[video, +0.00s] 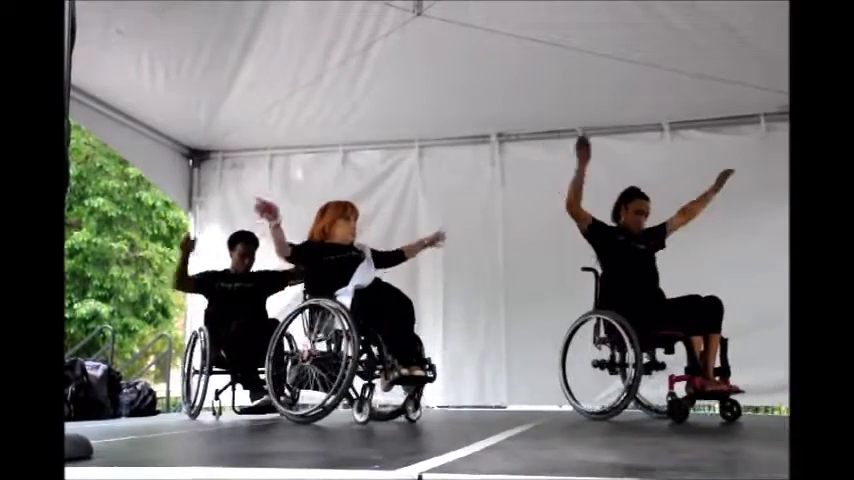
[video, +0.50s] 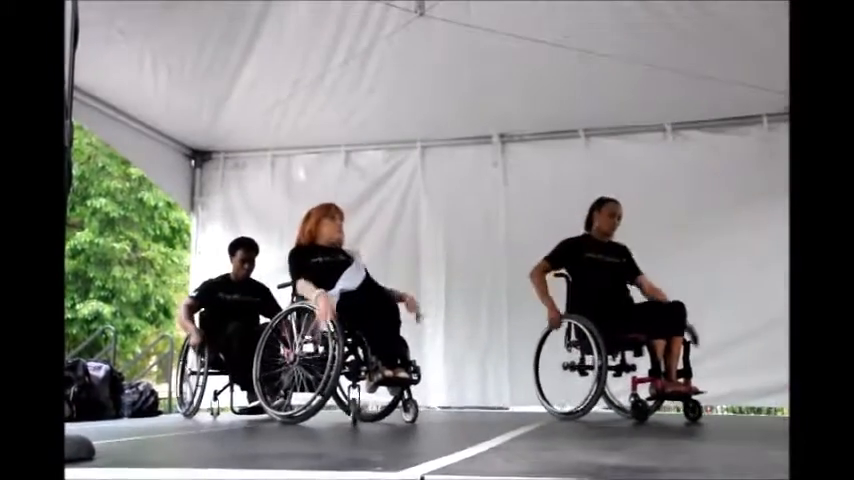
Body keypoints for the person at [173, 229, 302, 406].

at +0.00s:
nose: (248, 261)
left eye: (252, 256)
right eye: (243, 255)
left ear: (255, 255)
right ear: (231, 253)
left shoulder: (262, 280)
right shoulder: (214, 280)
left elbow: (299, 274)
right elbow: (181, 283)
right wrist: (185, 254)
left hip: (255, 342)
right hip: (223, 346)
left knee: (273, 325)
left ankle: (277, 392)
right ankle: (257, 393)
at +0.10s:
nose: (247, 260)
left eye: (250, 255)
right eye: (242, 255)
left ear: (254, 255)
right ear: (230, 254)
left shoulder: (260, 281)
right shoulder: (214, 281)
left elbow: (293, 281)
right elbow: (185, 290)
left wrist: (310, 262)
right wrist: (196, 269)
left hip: (255, 341)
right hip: (224, 344)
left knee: (272, 327)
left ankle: (276, 393)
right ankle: (255, 392)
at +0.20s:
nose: (245, 261)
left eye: (248, 256)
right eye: (240, 256)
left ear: (252, 256)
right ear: (228, 255)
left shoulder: (258, 284)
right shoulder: (213, 283)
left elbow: (291, 298)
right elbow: (185, 302)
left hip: (253, 342)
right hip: (222, 344)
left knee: (268, 327)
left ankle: (274, 392)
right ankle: (255, 393)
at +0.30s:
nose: (245, 262)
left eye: (248, 257)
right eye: (240, 257)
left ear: (252, 257)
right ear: (228, 255)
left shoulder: (258, 286)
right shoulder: (211, 285)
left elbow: (284, 305)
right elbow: (188, 308)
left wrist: (299, 310)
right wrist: (200, 318)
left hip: (253, 343)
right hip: (223, 344)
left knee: (268, 328)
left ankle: (273, 393)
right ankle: (255, 393)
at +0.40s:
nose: (246, 264)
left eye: (250, 259)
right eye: (242, 259)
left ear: (253, 259)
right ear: (230, 258)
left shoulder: (259, 289)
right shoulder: (212, 286)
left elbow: (284, 317)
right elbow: (187, 310)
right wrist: (195, 331)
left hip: (250, 345)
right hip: (216, 346)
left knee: (270, 332)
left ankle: (274, 393)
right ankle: (256, 393)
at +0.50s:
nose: (248, 266)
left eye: (252, 261)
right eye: (244, 261)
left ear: (255, 262)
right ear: (232, 259)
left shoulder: (259, 291)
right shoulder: (214, 287)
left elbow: (282, 319)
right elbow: (186, 310)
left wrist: (289, 344)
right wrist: (193, 332)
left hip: (249, 346)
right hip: (216, 348)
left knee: (273, 331)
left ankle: (272, 394)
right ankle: (256, 395)